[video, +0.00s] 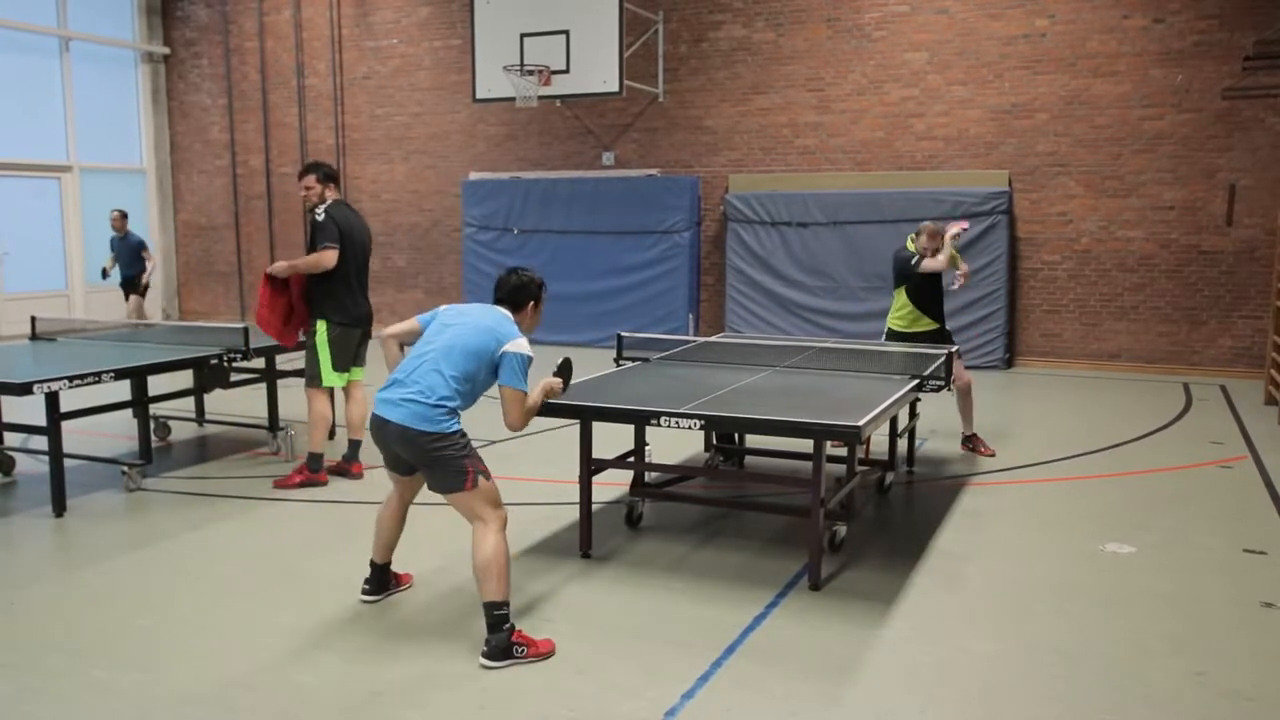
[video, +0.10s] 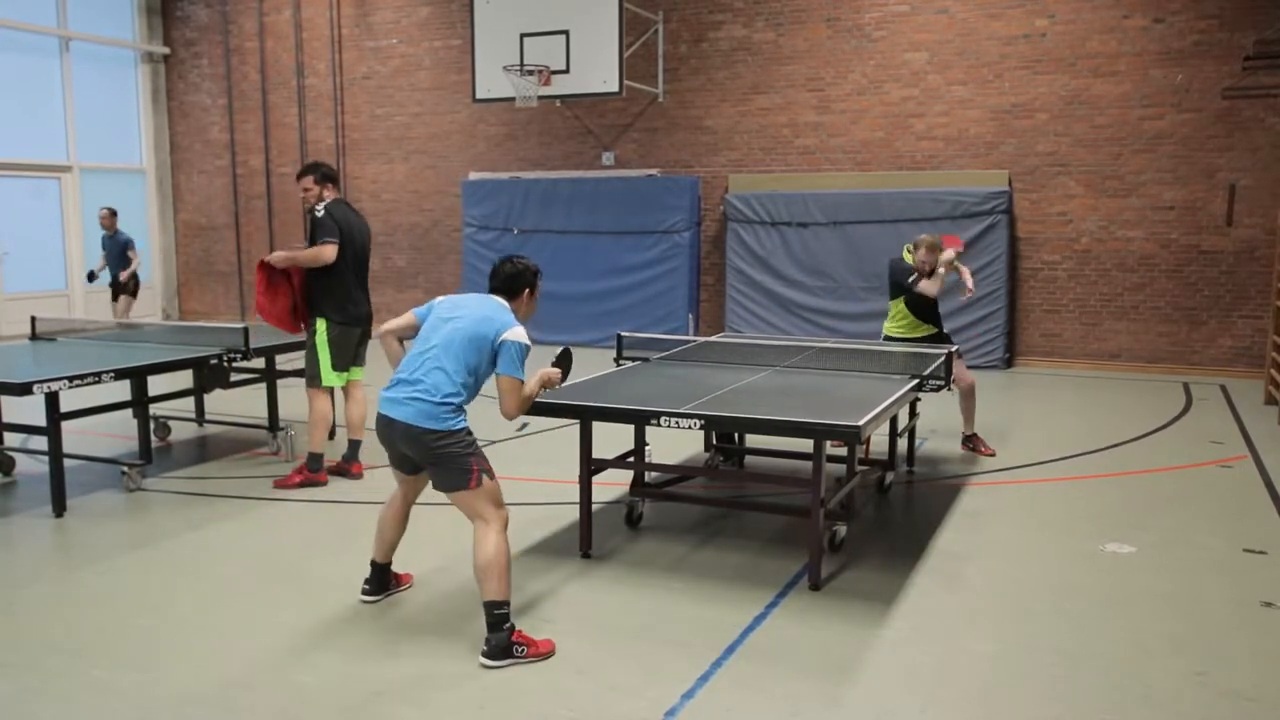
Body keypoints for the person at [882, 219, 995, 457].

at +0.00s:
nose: (929, 254)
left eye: (934, 249)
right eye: (925, 249)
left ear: (940, 243)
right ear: (916, 240)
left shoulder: (942, 251)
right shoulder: (903, 257)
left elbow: (959, 262)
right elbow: (940, 265)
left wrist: (962, 272)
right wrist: (948, 239)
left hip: (934, 331)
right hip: (900, 332)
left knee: (963, 382)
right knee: (880, 383)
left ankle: (969, 435)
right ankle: (858, 431)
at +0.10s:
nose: (927, 269)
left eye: (931, 264)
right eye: (922, 263)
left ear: (937, 259)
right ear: (913, 255)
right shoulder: (898, 267)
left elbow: (953, 266)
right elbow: (931, 289)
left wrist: (966, 277)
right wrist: (944, 265)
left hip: (932, 336)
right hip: (896, 338)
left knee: (967, 383)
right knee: (875, 385)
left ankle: (969, 436)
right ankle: (857, 434)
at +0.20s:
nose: (923, 283)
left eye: (928, 279)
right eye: (918, 277)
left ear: (935, 271)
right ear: (910, 268)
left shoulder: (939, 268)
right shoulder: (893, 278)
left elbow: (957, 277)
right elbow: (884, 313)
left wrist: (976, 290)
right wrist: (918, 302)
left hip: (932, 341)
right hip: (896, 343)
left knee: (971, 388)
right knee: (878, 389)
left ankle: (969, 437)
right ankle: (860, 437)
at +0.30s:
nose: (918, 287)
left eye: (923, 283)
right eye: (914, 282)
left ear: (932, 275)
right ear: (905, 273)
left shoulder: (939, 277)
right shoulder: (891, 282)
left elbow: (957, 284)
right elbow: (851, 290)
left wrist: (979, 297)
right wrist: (876, 299)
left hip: (934, 351)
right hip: (897, 353)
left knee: (972, 391)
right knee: (871, 391)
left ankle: (969, 437)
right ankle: (858, 435)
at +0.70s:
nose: (910, 254)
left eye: (915, 249)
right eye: (906, 249)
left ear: (926, 246)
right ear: (901, 248)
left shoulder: (945, 261)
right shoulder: (894, 268)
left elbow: (974, 282)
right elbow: (865, 289)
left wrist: (969, 305)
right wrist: (871, 298)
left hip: (940, 334)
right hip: (903, 332)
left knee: (965, 388)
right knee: (871, 378)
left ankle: (971, 436)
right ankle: (863, 436)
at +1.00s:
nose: (890, 243)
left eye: (894, 238)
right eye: (885, 239)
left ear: (905, 236)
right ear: (880, 239)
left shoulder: (924, 254)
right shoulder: (876, 265)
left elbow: (951, 282)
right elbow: (866, 294)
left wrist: (932, 303)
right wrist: (866, 307)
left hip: (927, 331)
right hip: (891, 331)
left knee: (953, 383)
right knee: (869, 381)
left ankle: (973, 434)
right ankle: (864, 441)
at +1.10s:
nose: (882, 240)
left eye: (886, 234)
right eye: (877, 236)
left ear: (897, 232)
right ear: (873, 237)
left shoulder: (917, 249)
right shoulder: (873, 260)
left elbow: (939, 282)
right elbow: (866, 291)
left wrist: (909, 300)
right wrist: (860, 310)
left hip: (924, 328)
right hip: (889, 328)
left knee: (950, 380)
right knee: (863, 374)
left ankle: (971, 430)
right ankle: (861, 432)